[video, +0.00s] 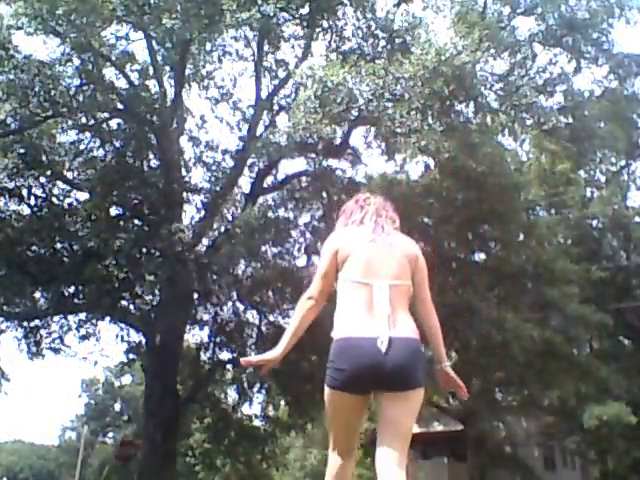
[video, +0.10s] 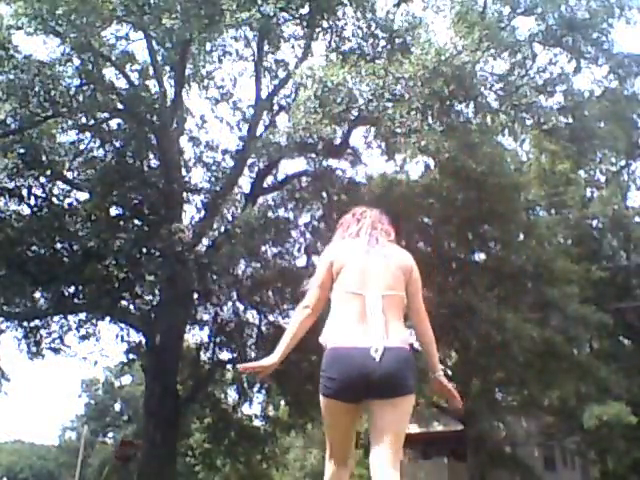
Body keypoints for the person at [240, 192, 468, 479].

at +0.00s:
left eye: (345, 219)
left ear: (348, 217)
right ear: (391, 218)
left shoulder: (339, 240)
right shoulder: (410, 247)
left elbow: (314, 299)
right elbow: (426, 309)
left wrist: (279, 351)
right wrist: (443, 363)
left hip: (351, 351)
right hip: (407, 354)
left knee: (341, 455)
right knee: (393, 461)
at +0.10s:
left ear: (345, 230)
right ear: (387, 232)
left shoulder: (335, 253)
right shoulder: (404, 258)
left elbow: (309, 309)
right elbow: (420, 318)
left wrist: (275, 358)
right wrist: (437, 373)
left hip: (342, 360)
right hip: (397, 363)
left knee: (338, 461)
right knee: (388, 463)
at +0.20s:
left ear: (343, 241)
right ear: (382, 245)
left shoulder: (330, 265)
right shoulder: (397, 271)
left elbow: (305, 320)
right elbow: (413, 329)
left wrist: (270, 368)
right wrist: (431, 383)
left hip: (331, 369)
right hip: (383, 373)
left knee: (333, 468)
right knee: (380, 472)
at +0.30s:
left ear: (341, 258)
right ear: (380, 261)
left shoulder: (326, 282)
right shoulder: (393, 287)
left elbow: (300, 336)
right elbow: (408, 346)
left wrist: (266, 379)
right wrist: (427, 397)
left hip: (325, 378)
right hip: (376, 383)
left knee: (333, 469)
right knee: (372, 468)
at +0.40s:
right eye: (378, 280)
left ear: (342, 279)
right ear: (378, 281)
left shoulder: (325, 301)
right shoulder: (391, 307)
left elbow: (300, 353)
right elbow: (405, 364)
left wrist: (266, 397)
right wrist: (423, 417)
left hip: (321, 387)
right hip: (372, 392)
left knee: (332, 473)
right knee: (367, 468)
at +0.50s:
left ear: (342, 300)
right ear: (378, 304)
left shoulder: (327, 321)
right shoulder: (390, 329)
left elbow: (302, 373)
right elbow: (404, 386)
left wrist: (269, 422)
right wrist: (422, 437)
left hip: (318, 403)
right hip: (368, 407)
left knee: (333, 474)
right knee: (362, 473)